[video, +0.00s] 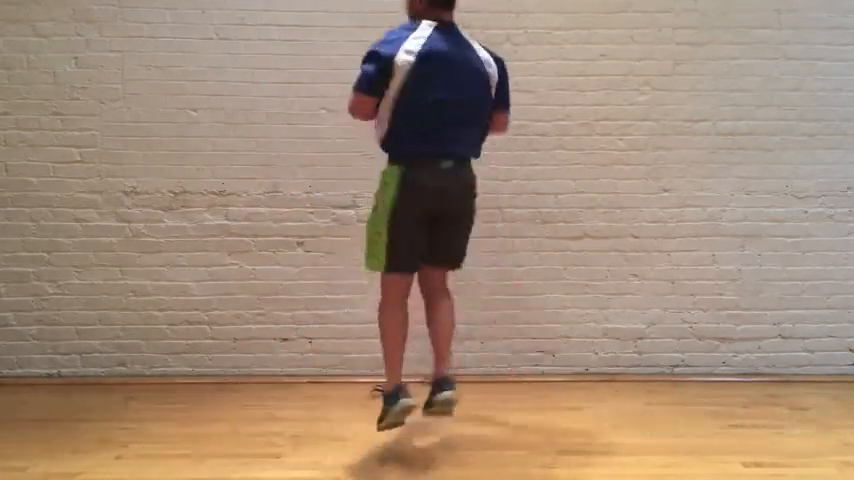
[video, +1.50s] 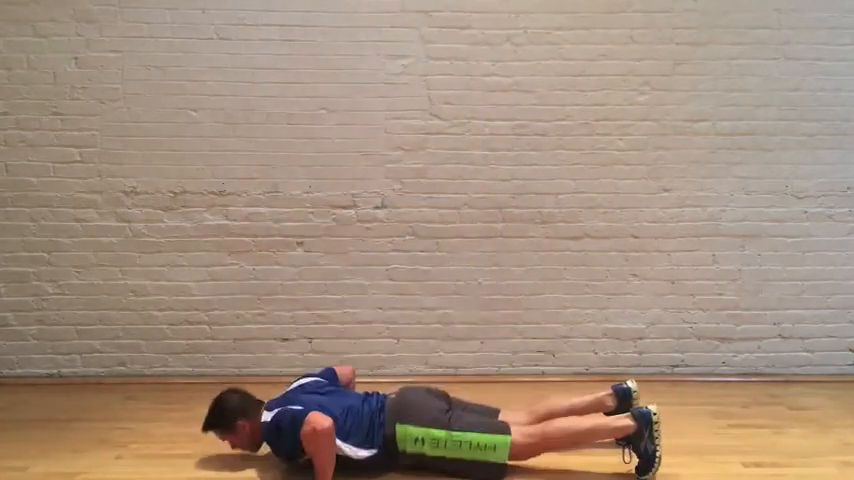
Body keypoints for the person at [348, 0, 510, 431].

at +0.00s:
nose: (407, 9)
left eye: (408, 5)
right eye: (411, 5)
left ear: (415, 6)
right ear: (452, 8)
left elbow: (361, 107)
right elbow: (498, 123)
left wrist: (401, 99)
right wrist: (453, 112)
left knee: (394, 291)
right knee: (437, 284)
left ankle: (393, 391)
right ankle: (443, 381)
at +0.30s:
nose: (365, 101)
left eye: (371, 93)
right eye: (366, 92)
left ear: (399, 97)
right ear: (394, 96)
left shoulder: (434, 151)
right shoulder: (401, 144)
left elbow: (431, 221)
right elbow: (391, 188)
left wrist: (368, 237)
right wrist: (346, 204)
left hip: (464, 261)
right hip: (433, 257)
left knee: (425, 356)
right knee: (405, 346)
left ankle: (479, 453)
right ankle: (457, 413)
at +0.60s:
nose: (316, 261)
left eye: (316, 252)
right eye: (312, 254)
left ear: (334, 237)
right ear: (335, 234)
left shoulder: (379, 251)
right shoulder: (364, 241)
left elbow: (370, 331)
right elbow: (354, 308)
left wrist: (335, 393)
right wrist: (324, 356)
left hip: (495, 265)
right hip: (470, 264)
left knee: (437, 358)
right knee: (420, 333)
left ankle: (483, 455)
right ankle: (457, 418)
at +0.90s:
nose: (312, 366)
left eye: (308, 360)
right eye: (305, 363)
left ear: (315, 344)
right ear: (314, 337)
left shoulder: (348, 338)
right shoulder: (334, 319)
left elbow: (342, 417)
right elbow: (347, 393)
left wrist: (323, 472)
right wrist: (331, 430)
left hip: (451, 248)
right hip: (444, 236)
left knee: (441, 360)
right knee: (453, 344)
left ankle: (496, 450)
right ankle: (485, 409)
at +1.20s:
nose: (241, 398)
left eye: (234, 391)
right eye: (234, 393)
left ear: (239, 375)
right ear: (243, 358)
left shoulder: (278, 368)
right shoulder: (288, 340)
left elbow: (327, 419)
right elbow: (339, 391)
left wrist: (323, 474)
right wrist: (327, 436)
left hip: (406, 346)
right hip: (406, 324)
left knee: (506, 393)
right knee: (504, 369)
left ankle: (622, 418)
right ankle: (601, 392)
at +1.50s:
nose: (231, 445)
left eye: (229, 439)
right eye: (227, 439)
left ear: (242, 425)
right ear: (249, 407)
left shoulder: (274, 426)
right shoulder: (291, 392)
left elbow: (321, 431)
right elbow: (345, 372)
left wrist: (321, 478)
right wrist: (331, 420)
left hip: (405, 427)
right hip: (406, 399)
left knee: (522, 445)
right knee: (516, 423)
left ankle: (633, 428)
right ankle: (612, 398)